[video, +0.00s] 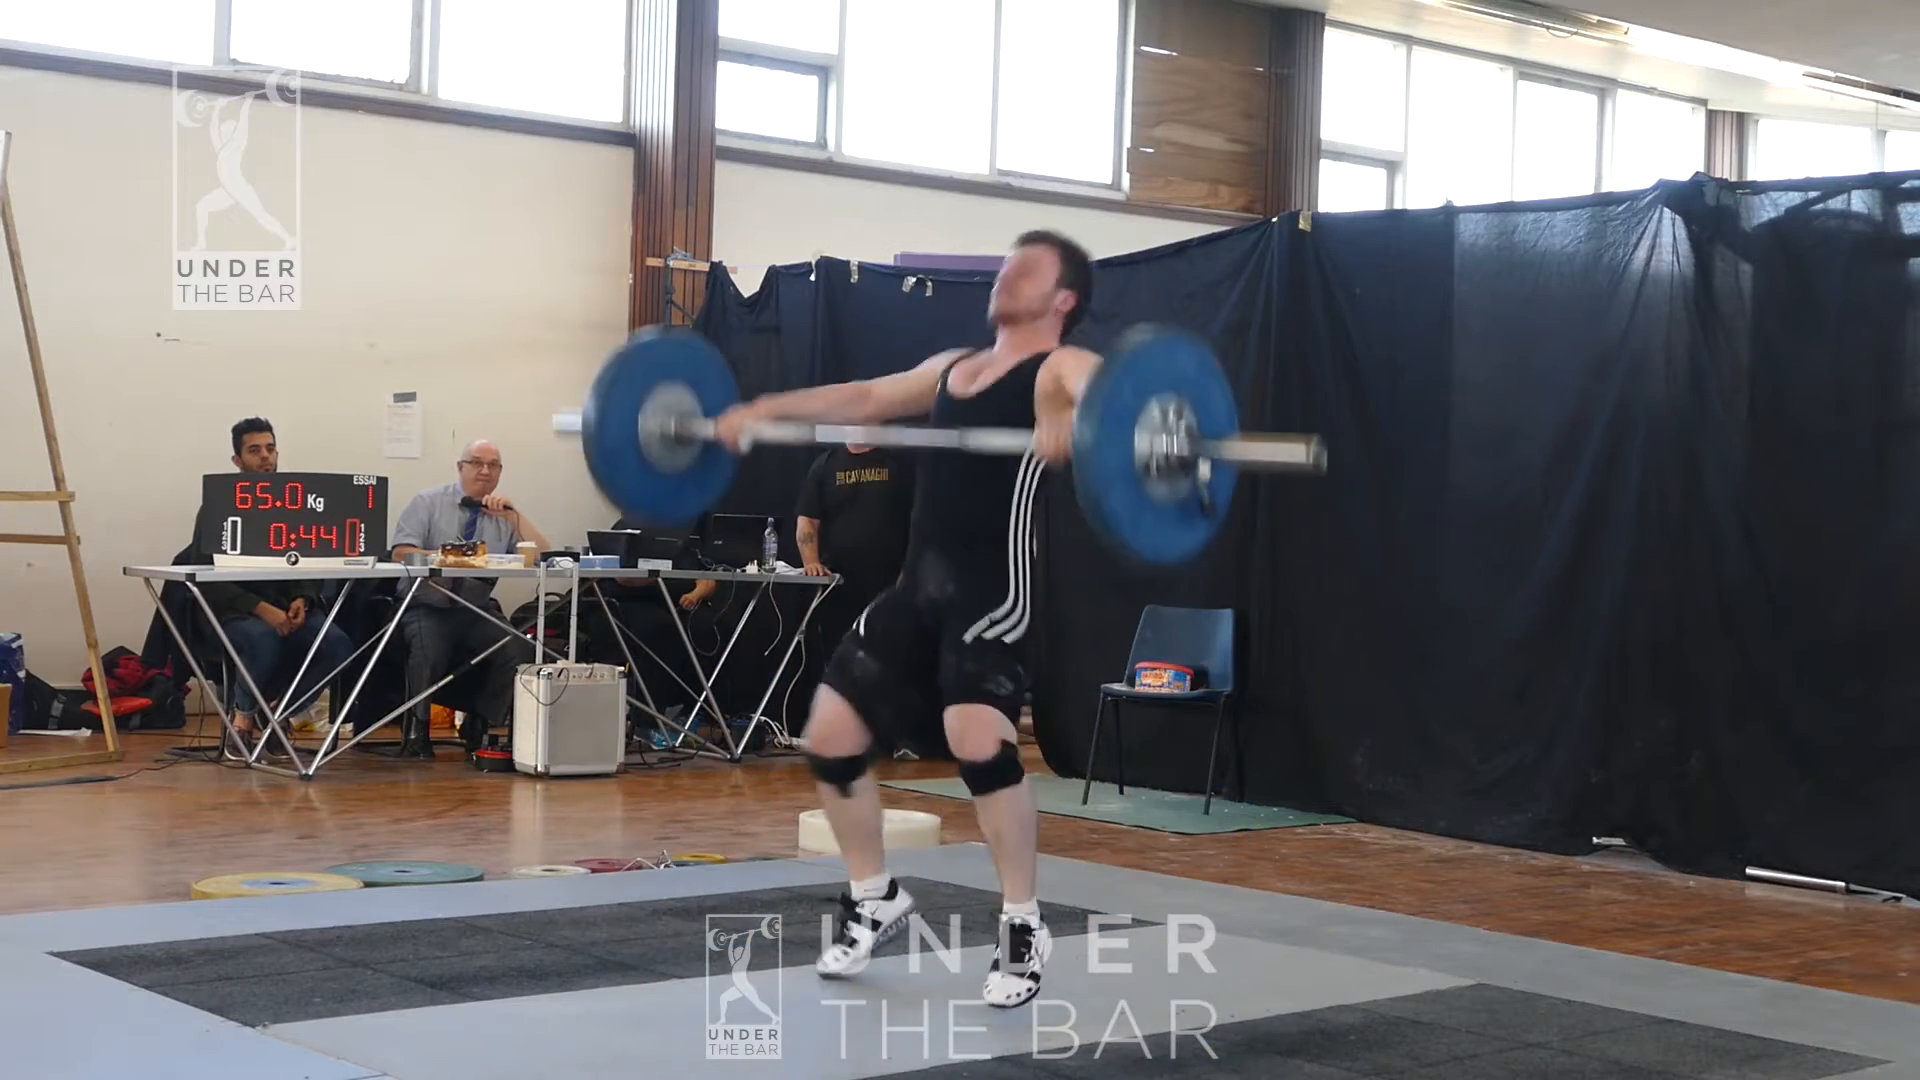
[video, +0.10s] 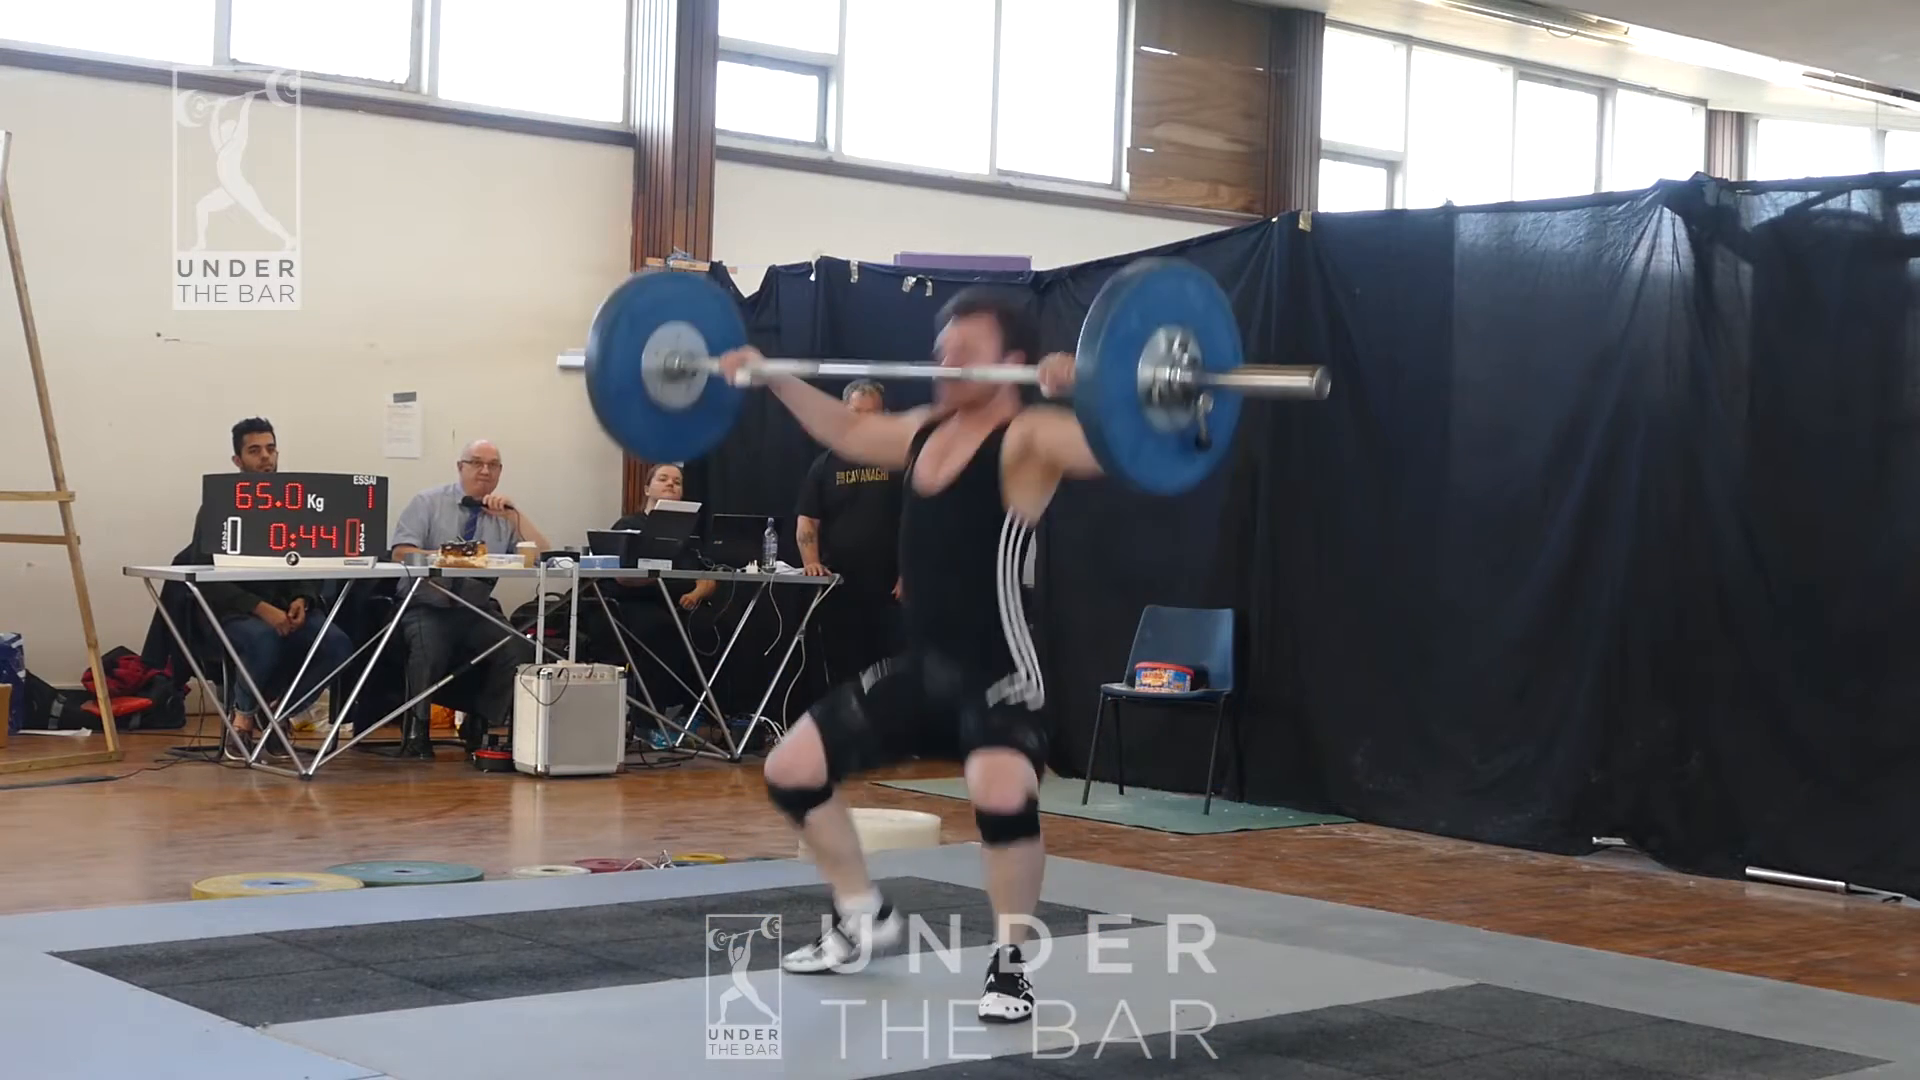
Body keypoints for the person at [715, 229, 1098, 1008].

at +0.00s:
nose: (1005, 272)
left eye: (1024, 267)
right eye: (1007, 261)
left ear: (1062, 298)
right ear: (999, 285)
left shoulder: (1064, 366)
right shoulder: (956, 365)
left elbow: (1108, 399)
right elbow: (864, 401)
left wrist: (1075, 420)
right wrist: (762, 409)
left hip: (993, 597)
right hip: (916, 591)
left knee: (977, 739)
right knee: (831, 738)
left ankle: (1020, 925)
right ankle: (874, 902)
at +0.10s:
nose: (948, 368)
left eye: (966, 356)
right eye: (944, 355)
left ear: (1012, 363)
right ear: (938, 359)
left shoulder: (1033, 432)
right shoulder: (924, 432)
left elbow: (1125, 449)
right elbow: (846, 431)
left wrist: (1082, 388)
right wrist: (771, 374)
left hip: (1000, 673)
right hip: (920, 666)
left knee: (1001, 791)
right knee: (791, 769)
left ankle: (1012, 956)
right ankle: (862, 916)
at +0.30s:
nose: (825, 514)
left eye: (840, 499)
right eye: (820, 499)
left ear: (891, 503)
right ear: (821, 506)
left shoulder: (938, 558)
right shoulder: (840, 561)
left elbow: (1015, 508)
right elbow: (783, 486)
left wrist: (1073, 417)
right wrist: (746, 396)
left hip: (988, 762)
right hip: (894, 768)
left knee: (961, 816)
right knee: (771, 802)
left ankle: (1002, 961)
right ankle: (861, 932)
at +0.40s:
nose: (812, 531)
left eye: (827, 517)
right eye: (808, 517)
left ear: (876, 521)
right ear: (804, 523)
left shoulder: (928, 577)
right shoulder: (830, 578)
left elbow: (1012, 534)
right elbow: (781, 509)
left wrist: (1073, 444)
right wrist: (747, 415)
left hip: (983, 771)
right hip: (892, 777)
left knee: (945, 822)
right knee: (764, 812)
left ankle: (999, 957)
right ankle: (861, 931)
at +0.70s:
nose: (795, 486)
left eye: (809, 470)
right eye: (792, 471)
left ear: (862, 470)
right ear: (790, 474)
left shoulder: (920, 529)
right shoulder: (816, 529)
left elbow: (1006, 488)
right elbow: (772, 455)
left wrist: (1070, 396)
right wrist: (751, 368)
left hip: (980, 723)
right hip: (887, 732)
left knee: (926, 807)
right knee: (781, 807)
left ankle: (996, 959)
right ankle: (858, 928)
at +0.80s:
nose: (799, 446)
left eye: (812, 431)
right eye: (795, 432)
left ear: (865, 430)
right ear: (793, 436)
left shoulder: (922, 491)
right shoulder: (819, 493)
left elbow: (1009, 448)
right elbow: (774, 417)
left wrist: (1070, 355)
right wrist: (753, 333)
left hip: (979, 696)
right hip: (890, 701)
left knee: (935, 805)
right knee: (786, 803)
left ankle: (997, 957)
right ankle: (859, 927)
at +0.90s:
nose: (802, 399)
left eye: (815, 385)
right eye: (797, 387)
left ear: (867, 384)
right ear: (795, 392)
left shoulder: (925, 448)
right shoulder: (825, 451)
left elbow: (1014, 399)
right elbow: (778, 379)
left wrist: (1072, 306)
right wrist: (758, 294)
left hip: (976, 670)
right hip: (892, 670)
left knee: (946, 807)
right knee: (795, 806)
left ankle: (999, 953)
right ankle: (860, 929)